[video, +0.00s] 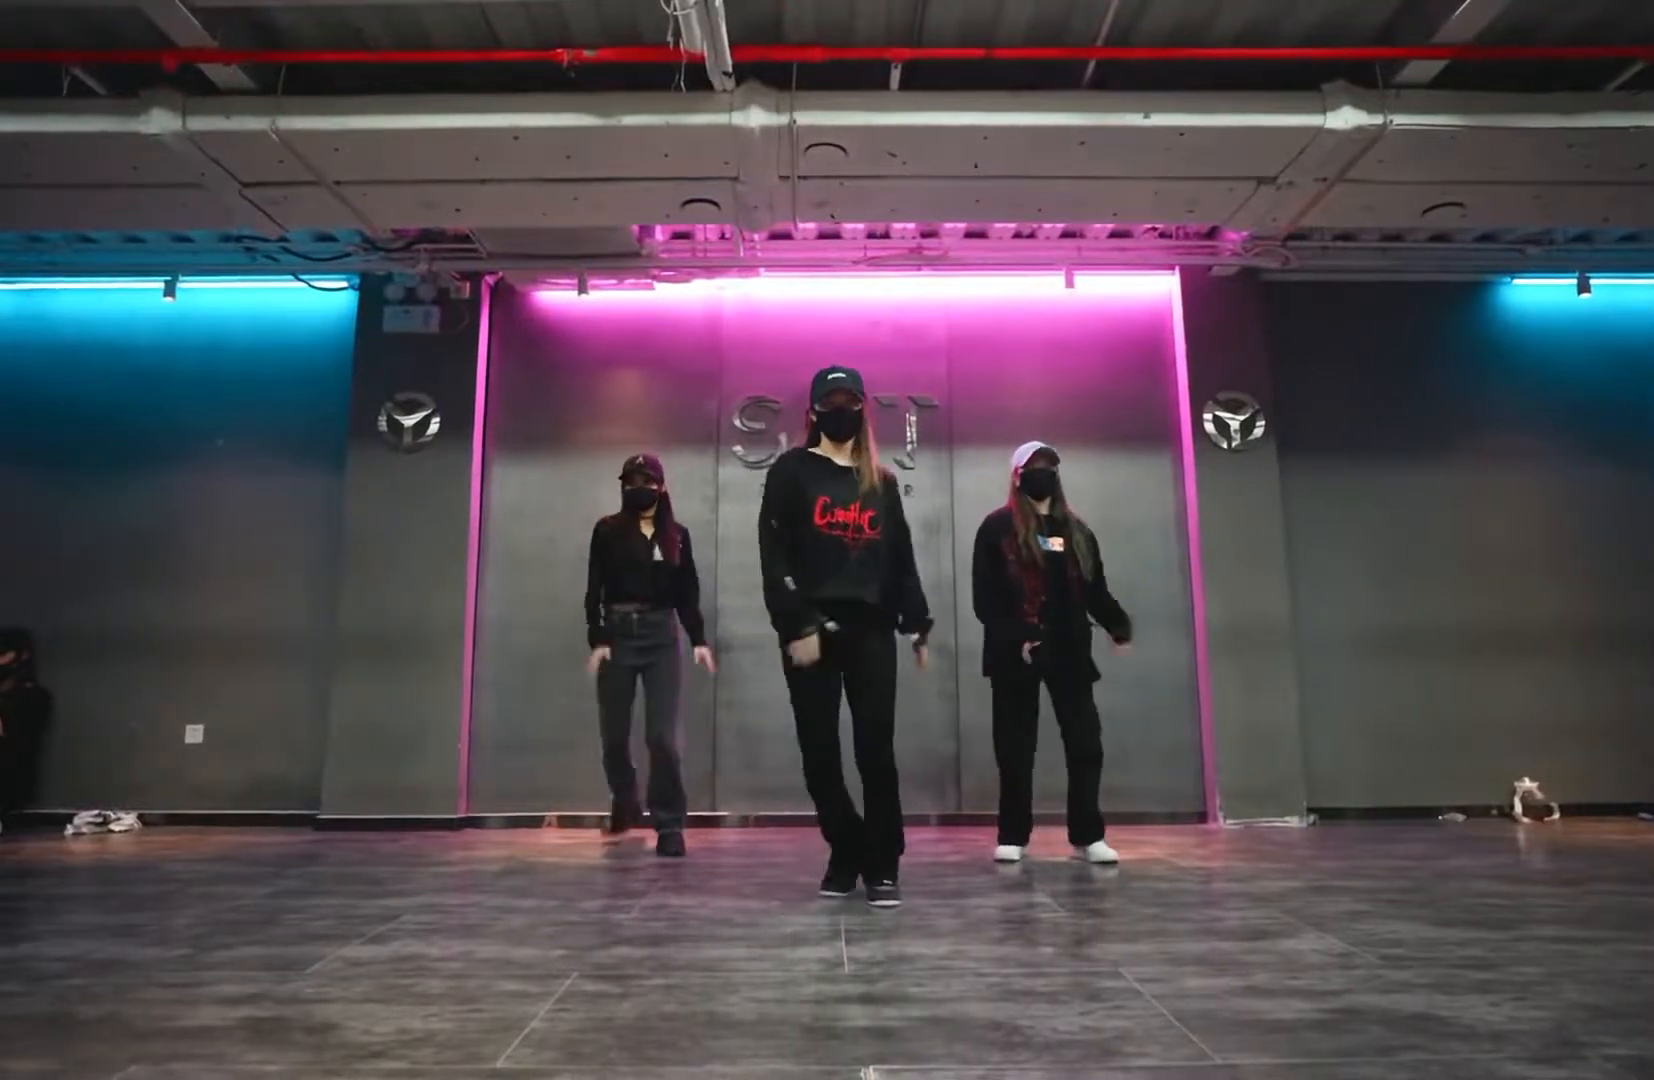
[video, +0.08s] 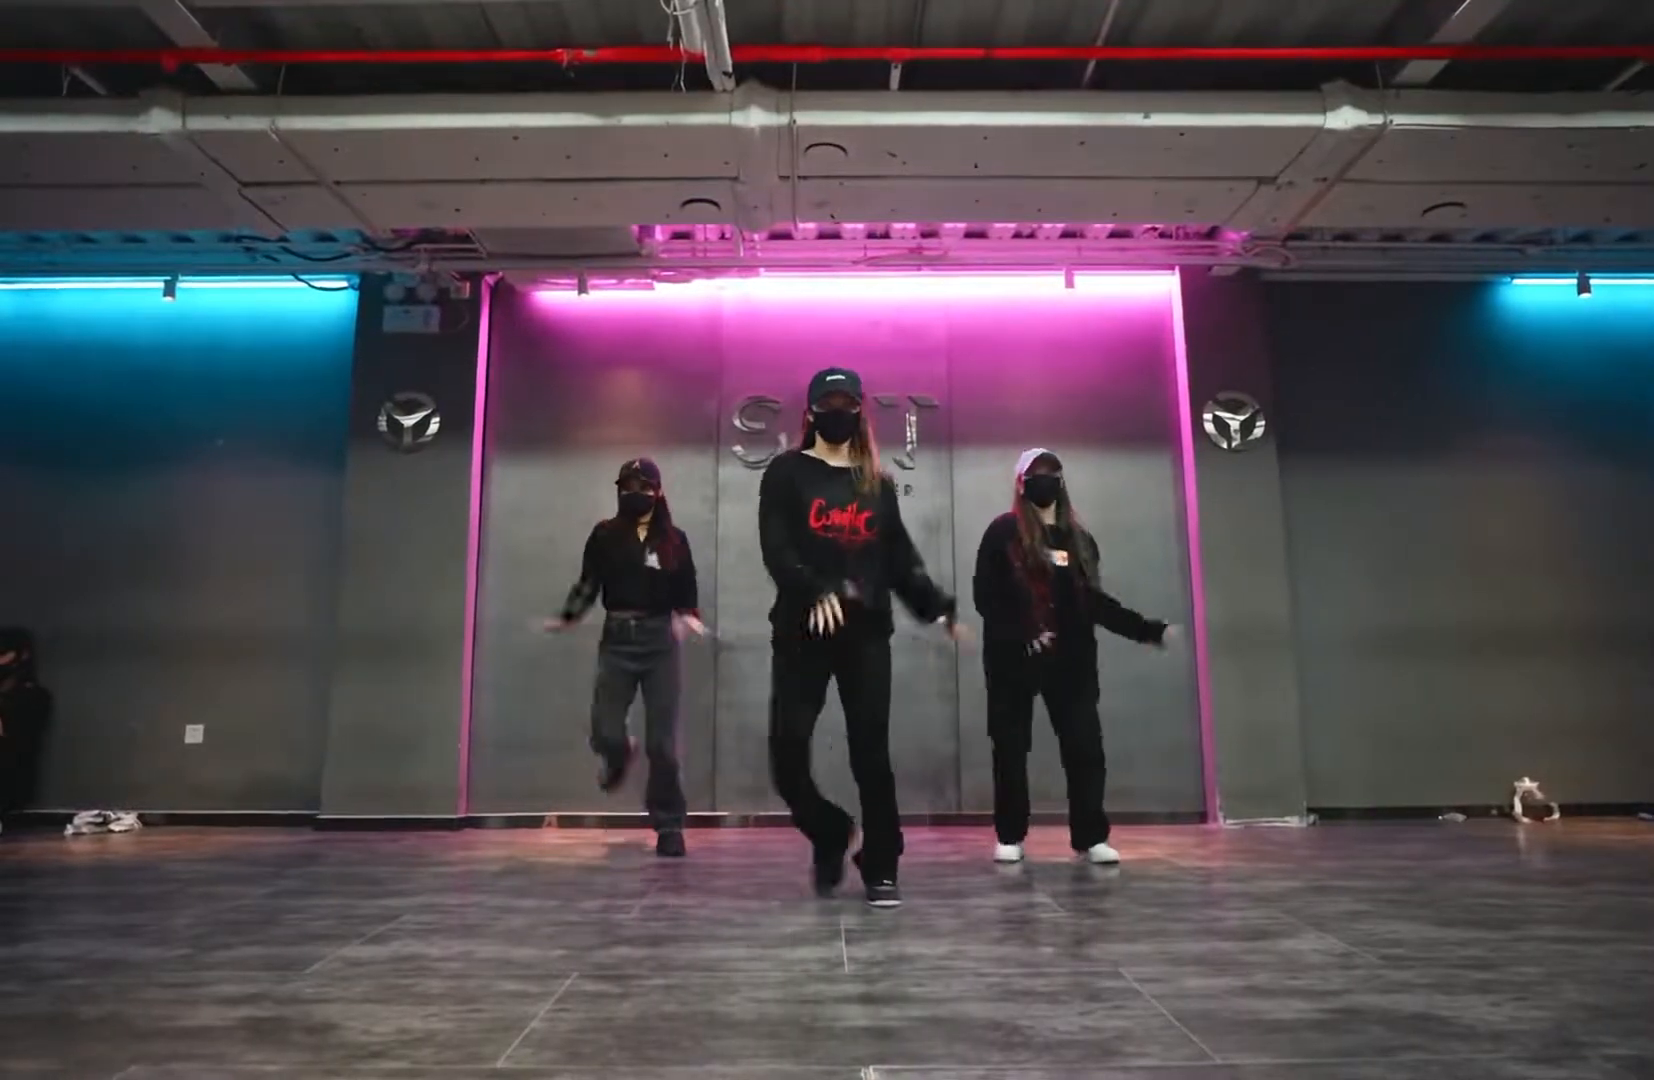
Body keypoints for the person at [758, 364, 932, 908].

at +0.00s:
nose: (843, 407)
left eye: (851, 398)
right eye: (832, 398)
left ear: (864, 406)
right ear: (815, 407)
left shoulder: (879, 477)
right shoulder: (790, 469)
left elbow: (901, 554)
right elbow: (773, 555)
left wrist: (918, 621)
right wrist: (794, 625)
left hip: (871, 628)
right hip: (810, 628)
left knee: (875, 751)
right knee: (820, 756)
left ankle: (882, 867)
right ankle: (845, 856)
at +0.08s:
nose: (839, 411)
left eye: (848, 403)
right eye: (829, 403)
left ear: (861, 412)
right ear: (811, 410)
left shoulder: (877, 483)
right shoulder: (784, 473)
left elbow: (899, 557)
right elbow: (776, 550)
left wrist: (935, 606)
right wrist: (812, 590)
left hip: (865, 633)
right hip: (802, 632)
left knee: (871, 755)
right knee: (787, 763)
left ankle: (881, 868)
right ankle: (830, 832)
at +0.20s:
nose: (824, 413)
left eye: (834, 403)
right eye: (814, 403)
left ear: (847, 410)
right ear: (798, 410)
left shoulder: (865, 479)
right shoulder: (772, 475)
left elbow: (909, 532)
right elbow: (748, 544)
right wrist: (694, 564)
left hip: (853, 643)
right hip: (786, 641)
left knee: (871, 763)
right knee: (734, 741)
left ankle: (880, 874)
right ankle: (721, 871)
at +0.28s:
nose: (813, 422)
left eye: (823, 412)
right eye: (803, 411)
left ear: (839, 421)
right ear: (788, 418)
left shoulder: (845, 485)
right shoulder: (763, 485)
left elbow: (837, 537)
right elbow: (710, 546)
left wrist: (782, 536)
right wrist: (646, 561)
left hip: (845, 650)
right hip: (779, 651)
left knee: (869, 765)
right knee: (719, 759)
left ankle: (882, 873)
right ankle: (653, 892)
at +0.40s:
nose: (768, 422)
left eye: (778, 412)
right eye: (757, 413)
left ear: (797, 420)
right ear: (743, 425)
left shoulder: (829, 487)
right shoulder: (733, 493)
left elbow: (853, 548)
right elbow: (698, 562)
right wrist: (652, 577)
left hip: (827, 655)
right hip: (760, 656)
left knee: (869, 771)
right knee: (702, 768)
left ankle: (881, 864)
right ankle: (635, 908)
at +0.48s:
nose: (772, 423)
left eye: (782, 413)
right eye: (760, 412)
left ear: (800, 421)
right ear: (743, 421)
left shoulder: (826, 493)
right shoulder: (727, 488)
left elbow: (901, 552)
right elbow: (713, 561)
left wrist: (962, 555)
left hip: (821, 665)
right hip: (751, 666)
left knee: (903, 759)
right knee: (704, 776)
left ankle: (868, 858)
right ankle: (635, 909)